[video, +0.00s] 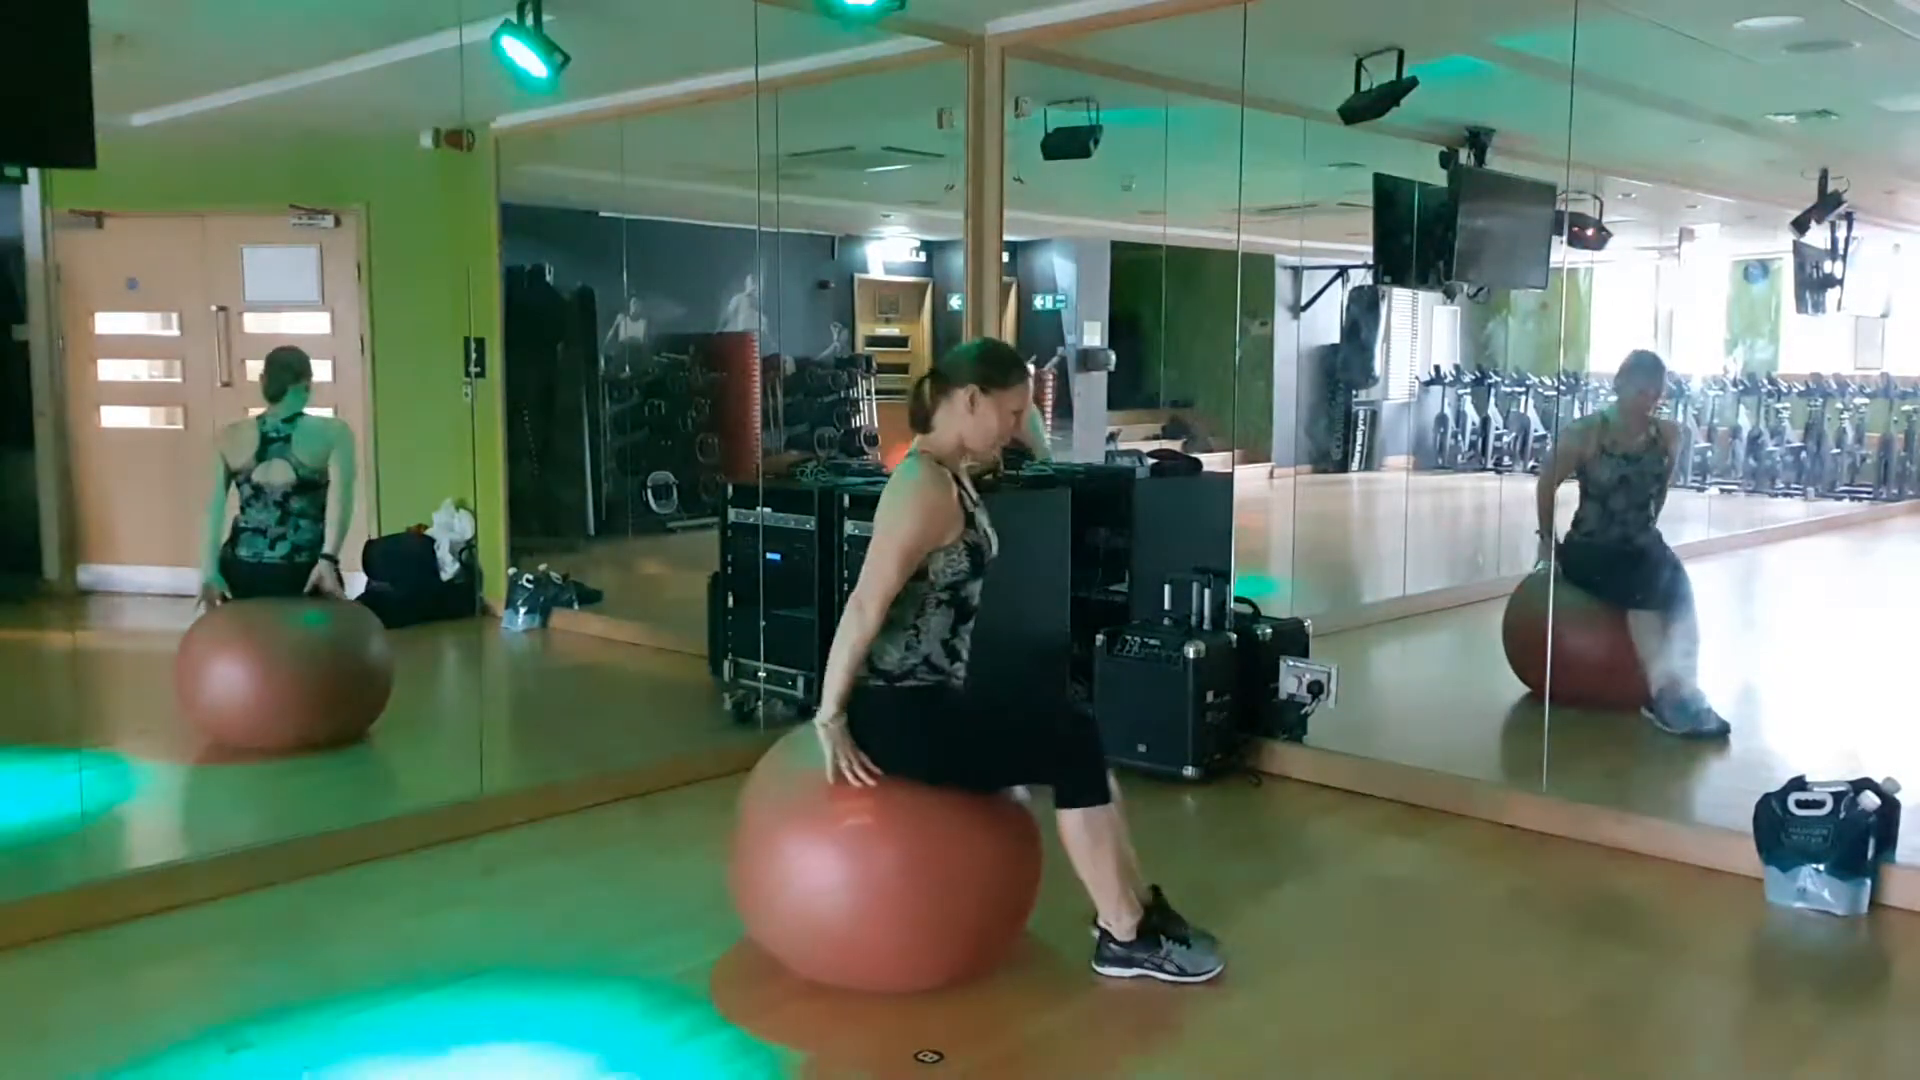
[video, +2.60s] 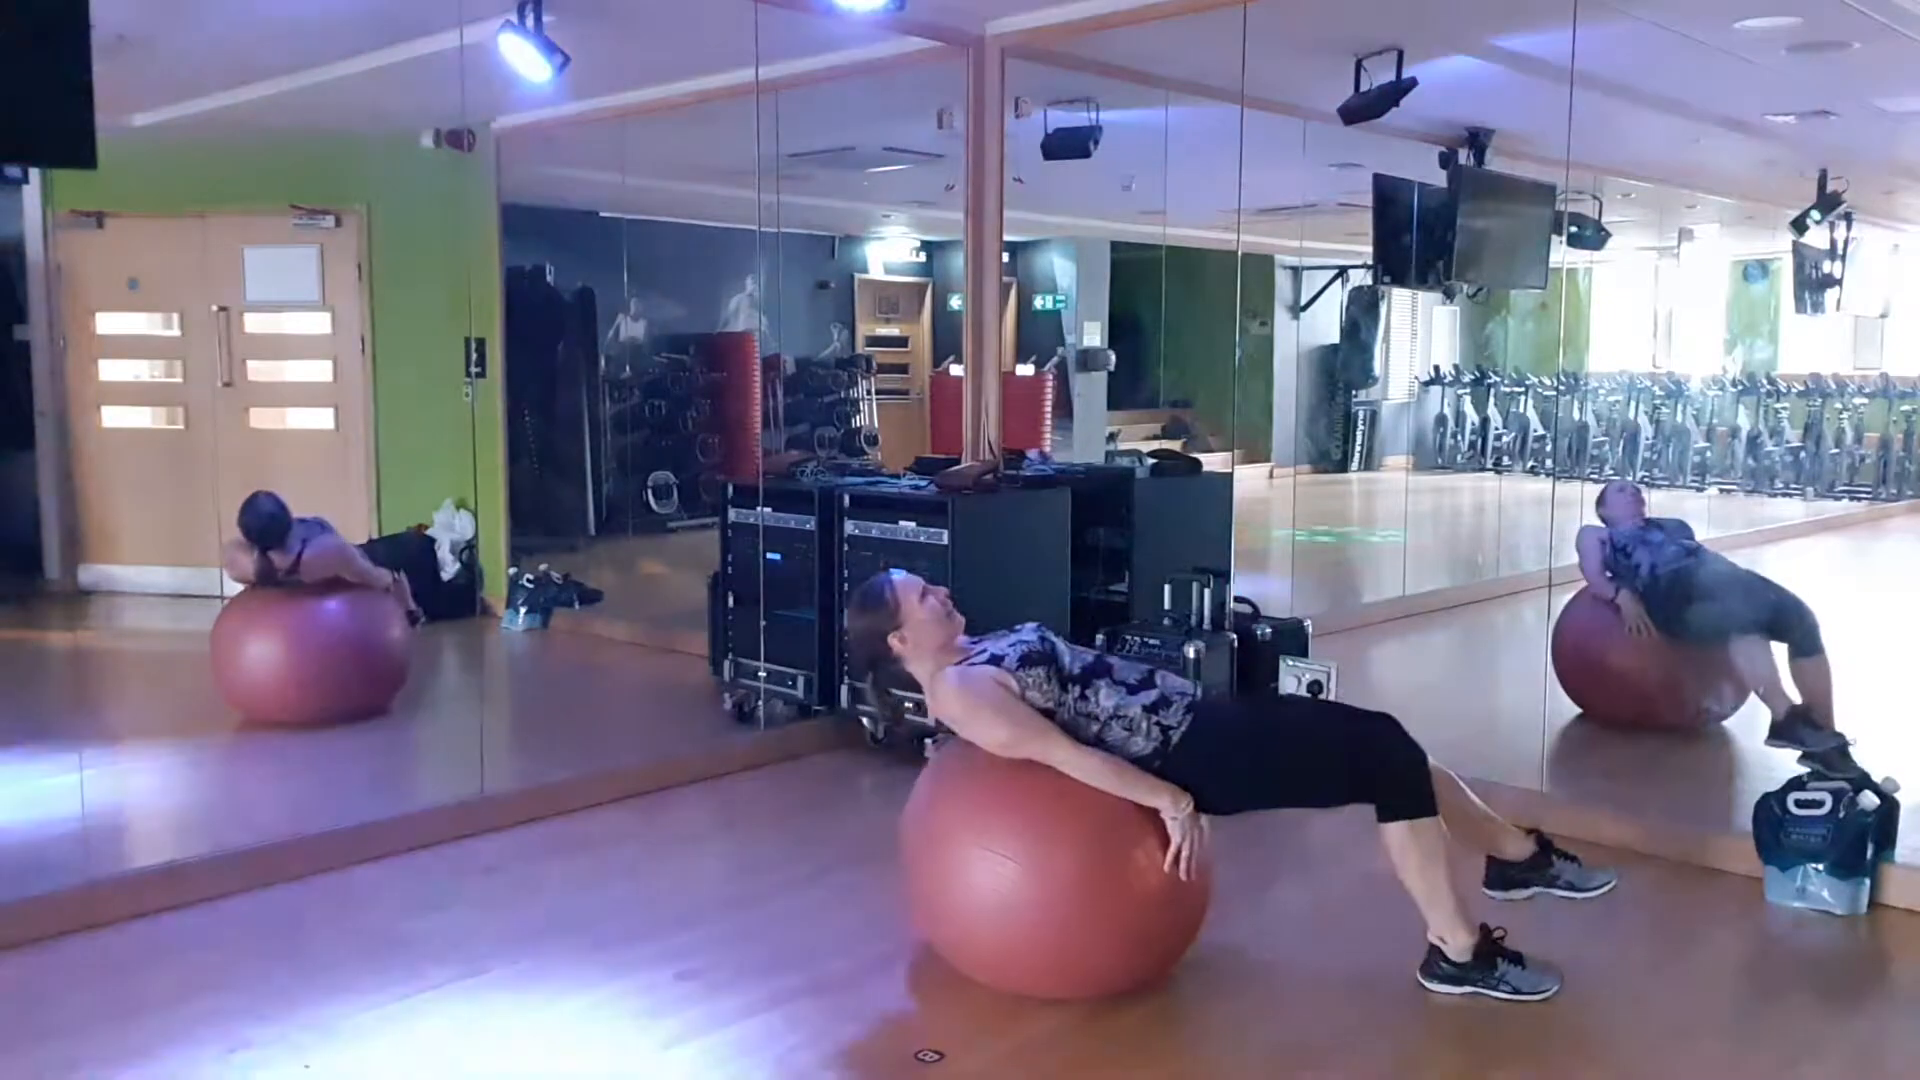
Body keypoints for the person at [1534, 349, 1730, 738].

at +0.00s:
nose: (1651, 401)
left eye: (1657, 393)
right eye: (1643, 391)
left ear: (1663, 394)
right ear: (1621, 387)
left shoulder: (1668, 435)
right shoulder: (1584, 435)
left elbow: (1659, 492)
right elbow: (1546, 483)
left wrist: (1643, 530)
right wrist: (1547, 542)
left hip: (1642, 544)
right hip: (1589, 545)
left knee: (1677, 584)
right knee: (1645, 582)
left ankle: (1686, 693)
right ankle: (1664, 693)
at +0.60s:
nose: (1638, 403)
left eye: (1645, 395)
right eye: (1629, 394)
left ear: (1652, 400)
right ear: (1609, 396)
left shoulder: (1662, 442)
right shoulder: (1582, 441)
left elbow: (1670, 504)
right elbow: (1552, 504)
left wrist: (1676, 549)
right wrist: (1572, 560)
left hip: (1668, 555)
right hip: (1616, 559)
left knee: (1713, 589)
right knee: (1686, 603)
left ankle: (1700, 699)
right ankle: (1706, 711)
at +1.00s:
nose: (1644, 421)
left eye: (1647, 413)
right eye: (1635, 413)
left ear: (1649, 417)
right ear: (1609, 413)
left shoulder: (1665, 461)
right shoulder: (1581, 466)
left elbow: (1677, 522)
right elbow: (1557, 527)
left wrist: (1686, 559)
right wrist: (1588, 570)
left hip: (1679, 563)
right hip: (1630, 574)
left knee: (1723, 576)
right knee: (1712, 607)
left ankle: (1744, 689)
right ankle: (1715, 717)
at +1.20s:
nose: (1639, 426)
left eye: (1642, 419)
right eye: (1629, 418)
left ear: (1646, 424)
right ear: (1604, 422)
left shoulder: (1664, 465)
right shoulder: (1579, 471)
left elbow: (1682, 526)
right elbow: (1560, 535)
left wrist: (1695, 564)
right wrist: (1593, 574)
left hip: (1686, 563)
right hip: (1635, 575)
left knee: (1728, 588)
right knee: (1709, 603)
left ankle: (1791, 703)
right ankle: (1715, 714)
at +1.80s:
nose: (1629, 470)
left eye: (1631, 465)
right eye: (1618, 466)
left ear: (1636, 474)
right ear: (1596, 477)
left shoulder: (1659, 511)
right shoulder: (1579, 516)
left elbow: (1685, 553)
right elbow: (1568, 572)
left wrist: (1712, 571)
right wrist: (1608, 588)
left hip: (1696, 578)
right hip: (1653, 587)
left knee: (1768, 626)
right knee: (1721, 613)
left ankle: (1818, 744)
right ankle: (1720, 715)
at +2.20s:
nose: (1626, 490)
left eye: (1630, 486)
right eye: (1615, 486)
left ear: (1638, 497)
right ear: (1596, 500)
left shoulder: (1664, 526)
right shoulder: (1586, 532)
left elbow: (1698, 558)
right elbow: (1581, 574)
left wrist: (1735, 580)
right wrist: (1613, 592)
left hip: (1700, 582)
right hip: (1657, 588)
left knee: (1787, 623)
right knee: (1746, 592)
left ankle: (1819, 745)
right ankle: (1760, 710)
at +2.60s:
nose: (1633, 492)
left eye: (1636, 489)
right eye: (1620, 491)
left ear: (1644, 503)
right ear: (1603, 510)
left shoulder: (1673, 526)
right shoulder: (1596, 534)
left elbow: (1708, 556)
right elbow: (1594, 575)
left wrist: (1743, 577)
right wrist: (1622, 597)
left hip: (1719, 581)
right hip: (1676, 590)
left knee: (1801, 622)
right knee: (1742, 620)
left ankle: (1826, 742)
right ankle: (1784, 716)